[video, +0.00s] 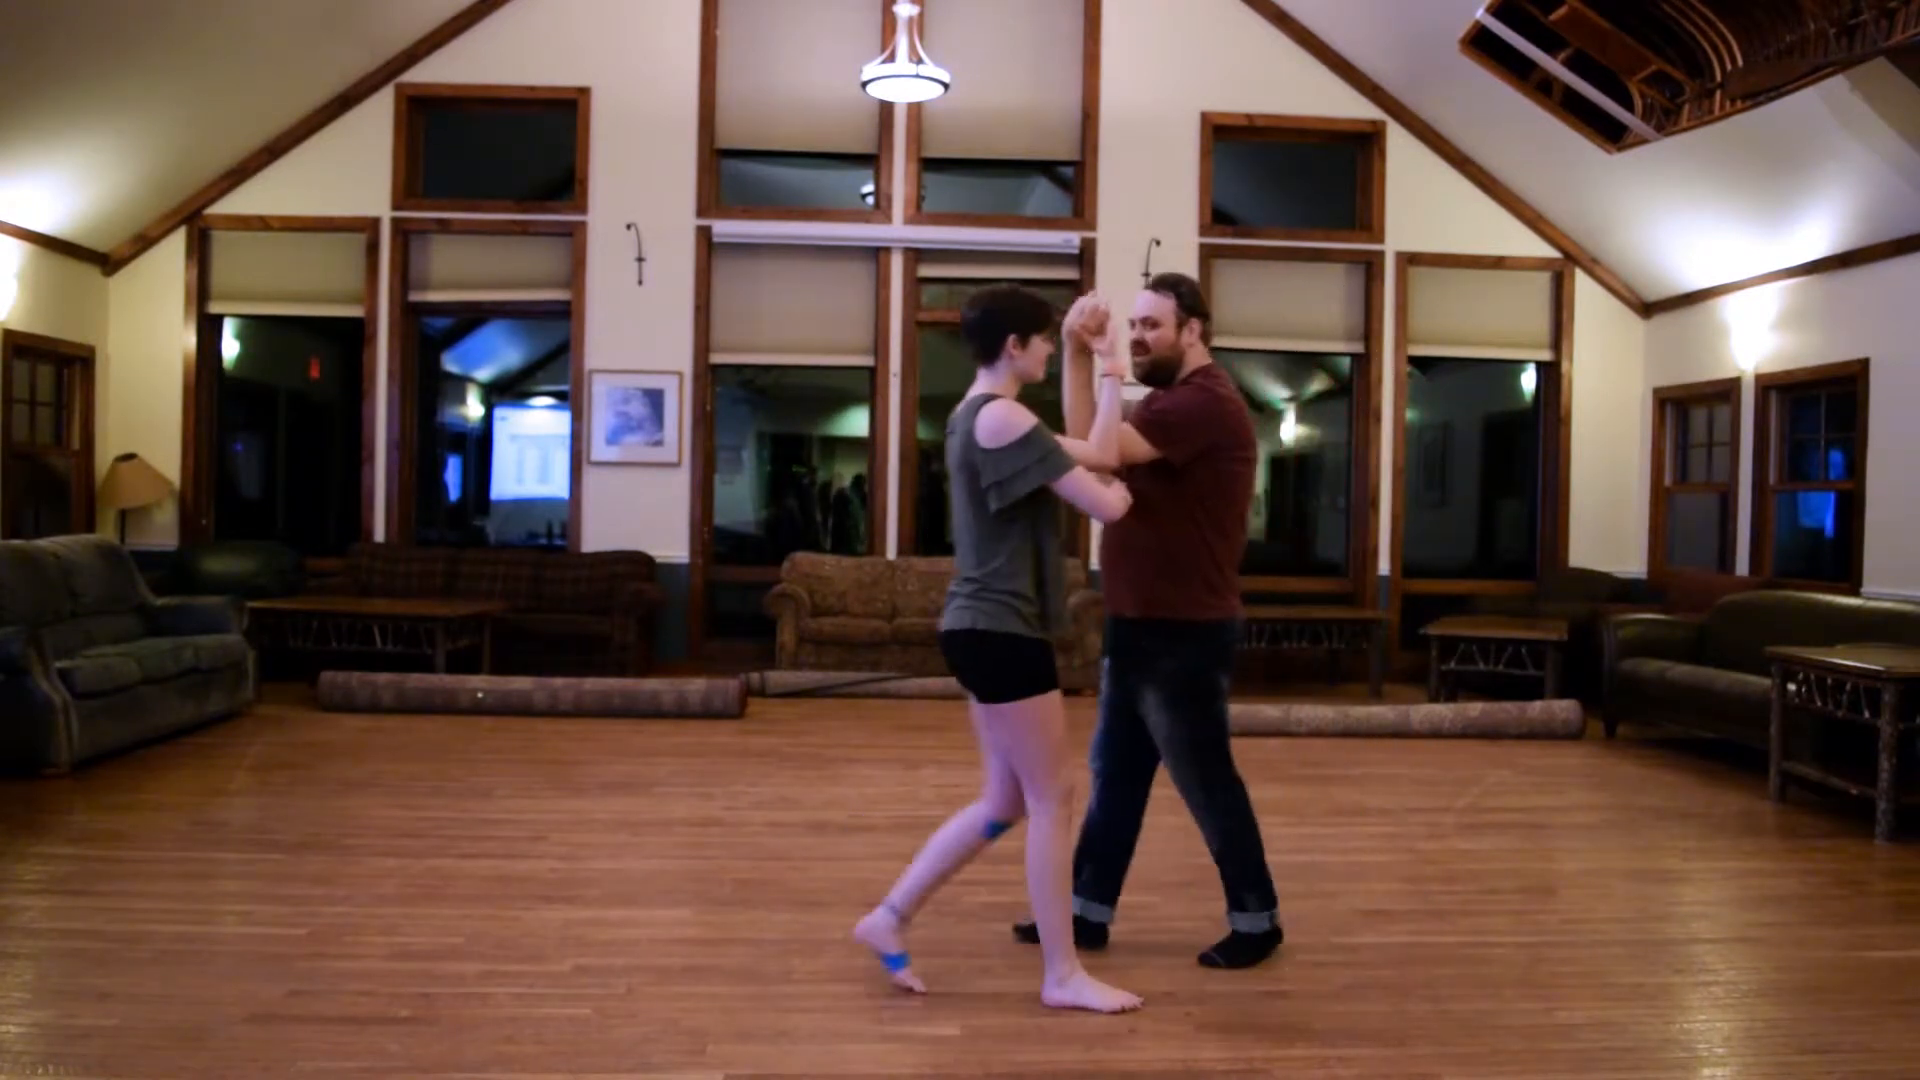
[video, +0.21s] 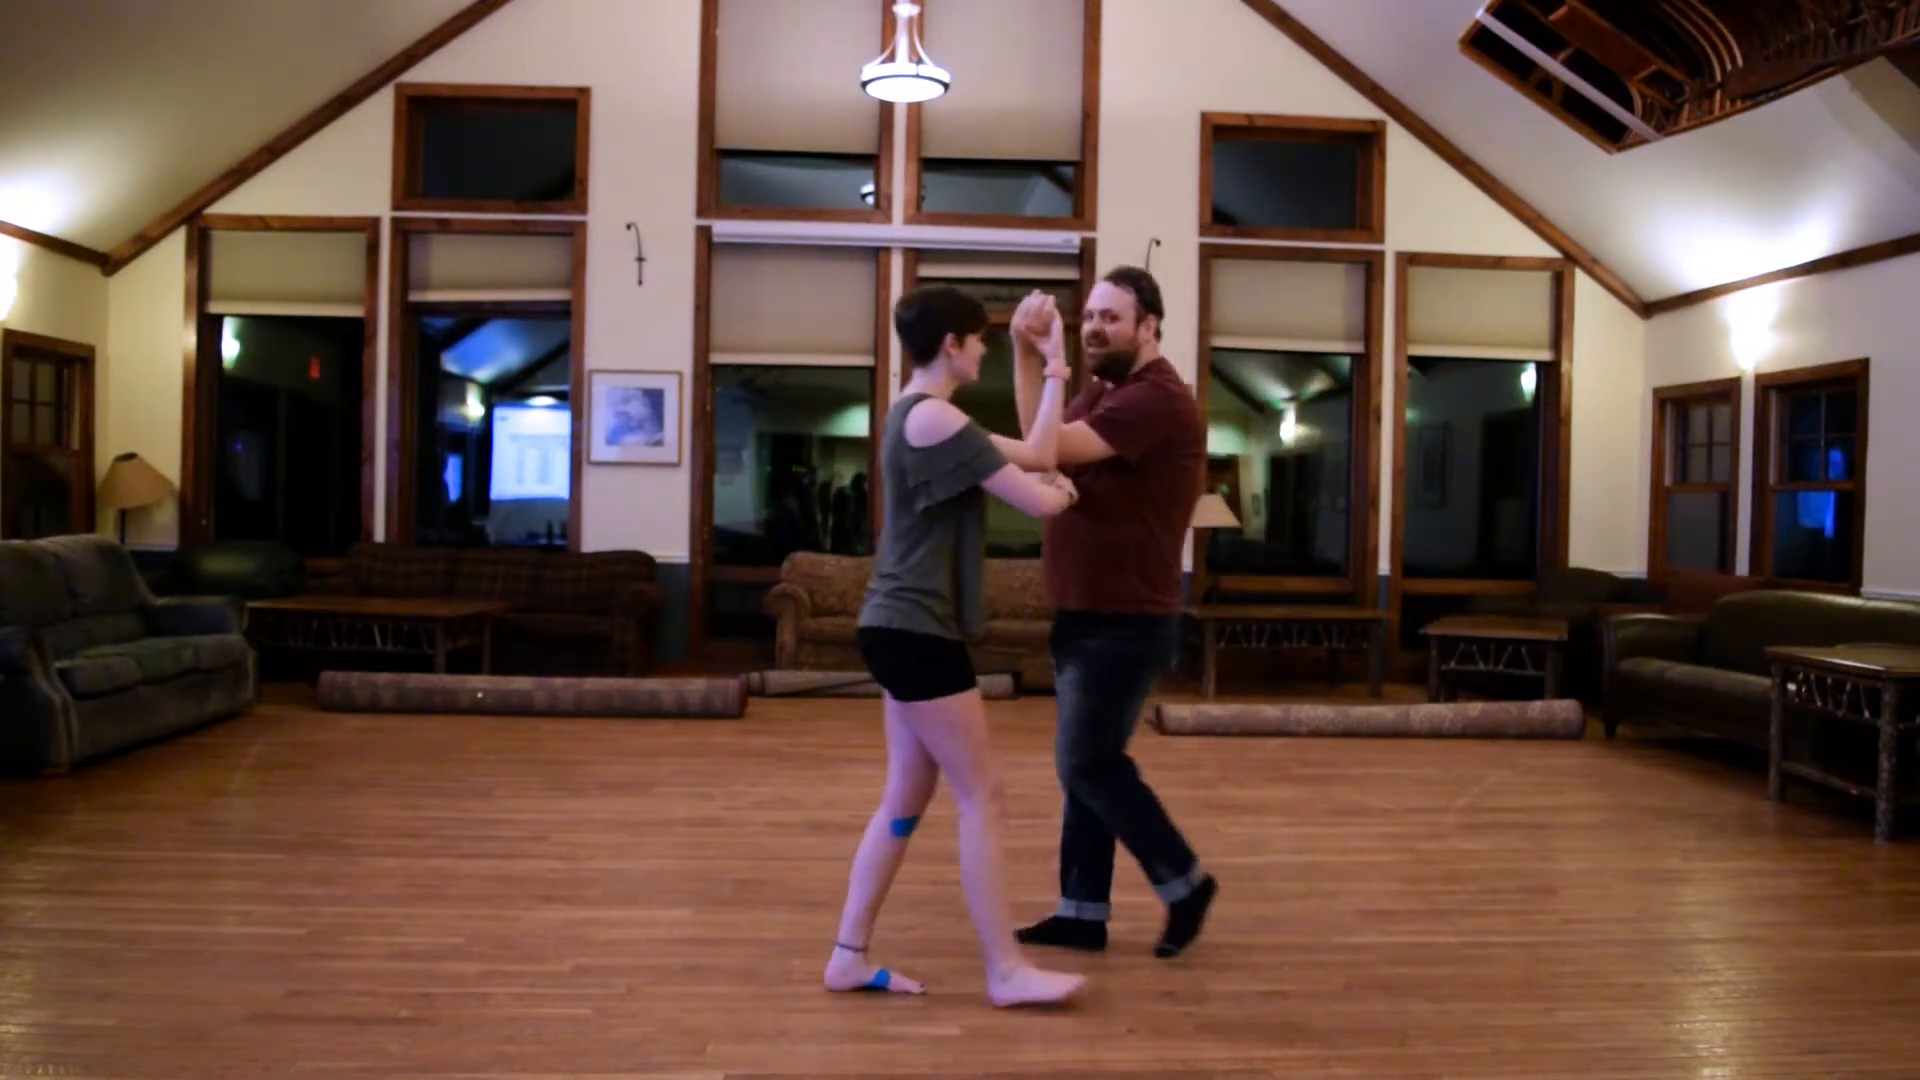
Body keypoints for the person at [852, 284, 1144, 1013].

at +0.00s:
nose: (1050, 354)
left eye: (1049, 343)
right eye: (1045, 343)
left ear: (996, 347)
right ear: (1017, 347)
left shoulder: (975, 413)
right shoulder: (1006, 421)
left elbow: (1081, 454)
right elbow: (1109, 504)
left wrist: (1109, 379)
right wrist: (1105, 466)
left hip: (976, 625)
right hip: (1005, 633)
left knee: (1001, 803)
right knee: (1054, 799)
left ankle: (888, 919)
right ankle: (1062, 975)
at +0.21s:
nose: (984, 350)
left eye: (981, 339)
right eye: (977, 339)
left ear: (927, 346)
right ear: (951, 345)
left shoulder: (917, 413)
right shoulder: (935, 420)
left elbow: (1030, 455)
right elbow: (1042, 503)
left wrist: (1056, 370)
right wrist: (1063, 487)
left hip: (896, 626)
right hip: (921, 633)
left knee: (905, 798)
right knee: (979, 793)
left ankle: (848, 956)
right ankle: (1005, 971)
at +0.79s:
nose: (837, 349)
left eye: (837, 337)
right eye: (830, 336)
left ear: (789, 340)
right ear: (797, 338)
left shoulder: (788, 408)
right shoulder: (778, 407)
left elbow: (871, 474)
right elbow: (892, 464)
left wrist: (914, 428)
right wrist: (960, 464)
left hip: (796, 625)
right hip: (741, 625)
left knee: (826, 785)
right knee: (732, 796)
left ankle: (834, 956)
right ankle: (703, 966)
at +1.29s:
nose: (716, 362)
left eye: (727, 348)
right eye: (710, 351)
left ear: (766, 335)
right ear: (709, 347)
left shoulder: (806, 391)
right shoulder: (717, 386)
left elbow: (749, 287)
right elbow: (667, 293)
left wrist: (756, 247)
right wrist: (719, 225)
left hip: (784, 608)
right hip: (704, 599)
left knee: (773, 800)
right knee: (695, 796)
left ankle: (802, 963)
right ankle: (699, 961)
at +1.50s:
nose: (682, 334)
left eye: (684, 329)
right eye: (748, 329)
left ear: (684, 336)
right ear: (750, 339)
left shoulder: (674, 393)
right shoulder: (777, 412)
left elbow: (622, 339)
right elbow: (798, 399)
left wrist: (693, 337)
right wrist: (785, 324)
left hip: (704, 604)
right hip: (744, 602)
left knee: (688, 802)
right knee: (687, 794)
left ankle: (814, 932)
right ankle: (695, 957)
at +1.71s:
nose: (710, 332)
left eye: (707, 322)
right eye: (706, 322)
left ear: (638, 330)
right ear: (689, 330)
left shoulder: (607, 401)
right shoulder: (727, 399)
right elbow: (777, 384)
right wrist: (782, 304)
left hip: (631, 620)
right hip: (721, 620)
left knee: (631, 801)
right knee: (702, 796)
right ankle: (704, 962)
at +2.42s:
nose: (666, 339)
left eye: (664, 327)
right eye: (660, 327)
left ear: (597, 339)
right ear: (630, 335)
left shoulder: (561, 413)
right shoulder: (665, 409)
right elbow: (743, 399)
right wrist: (772, 309)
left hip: (574, 619)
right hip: (652, 617)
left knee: (594, 794)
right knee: (674, 793)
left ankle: (586, 964)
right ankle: (697, 960)